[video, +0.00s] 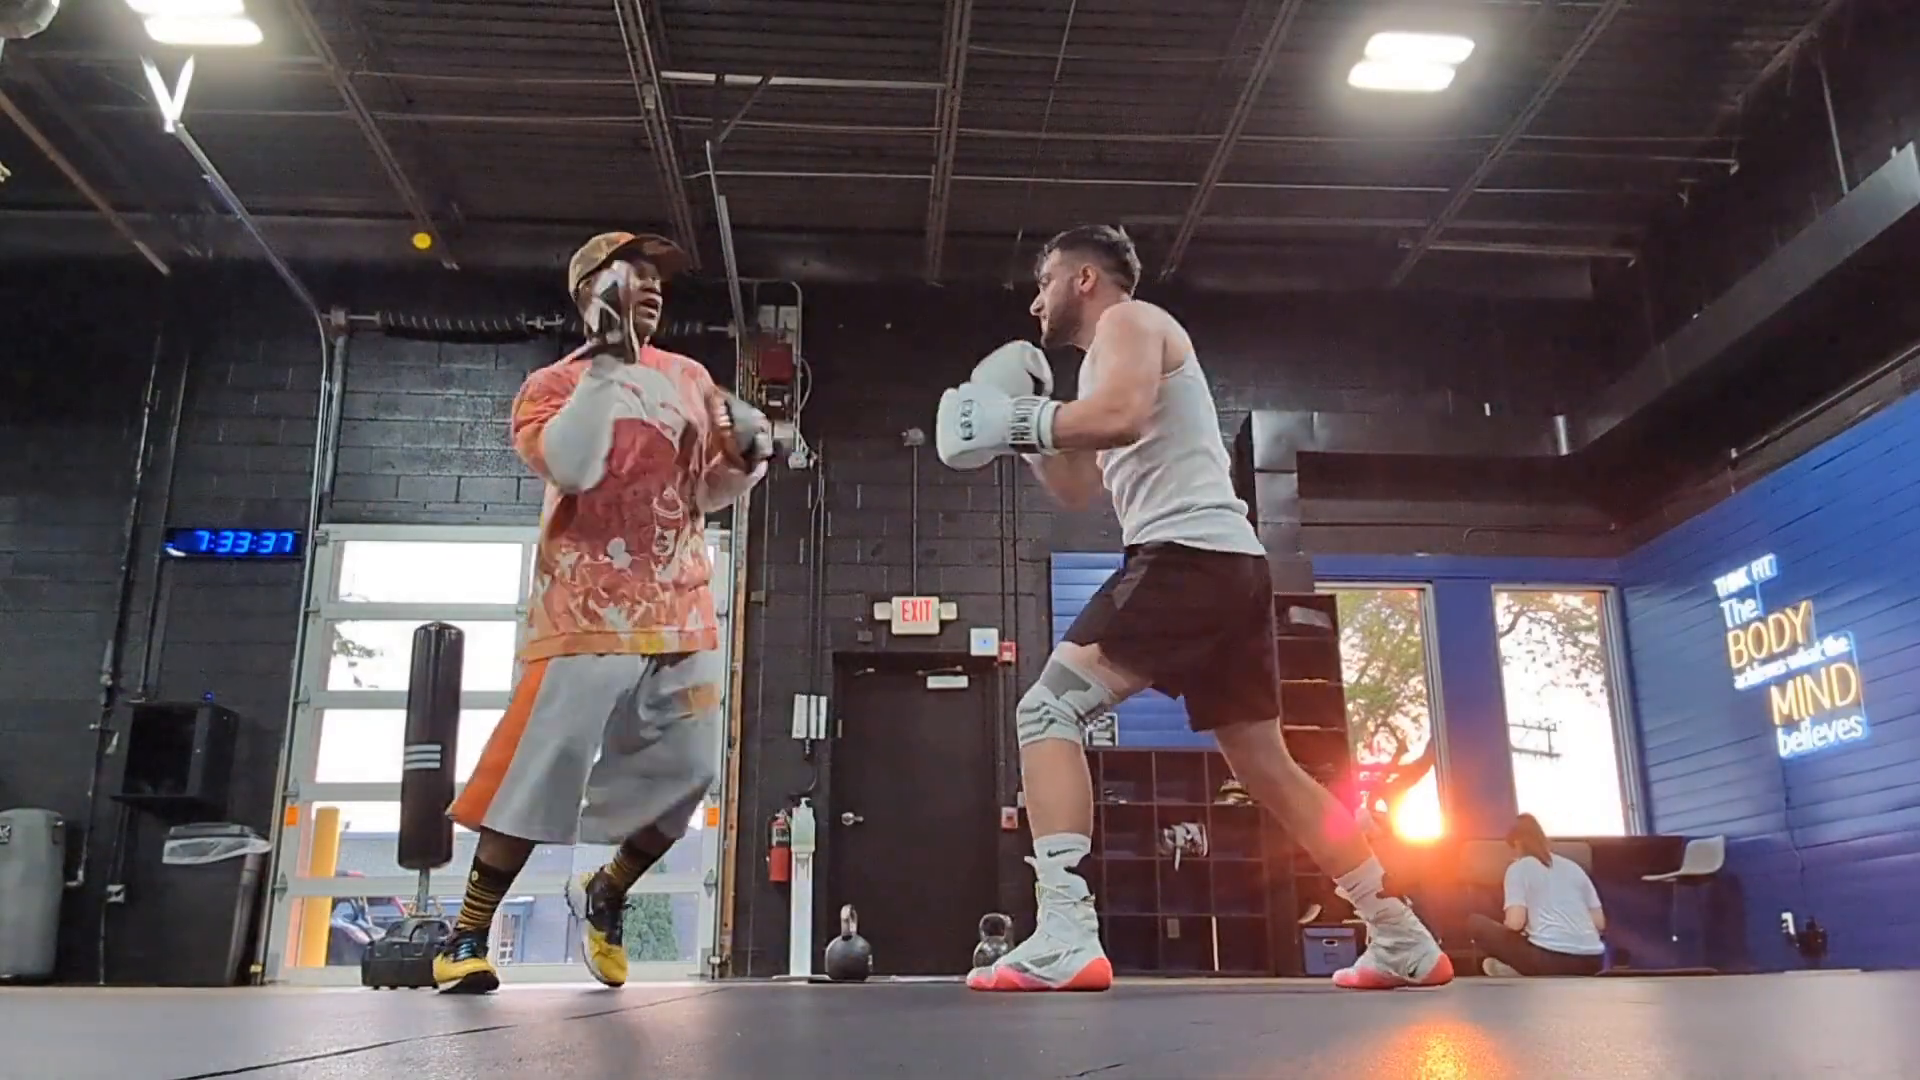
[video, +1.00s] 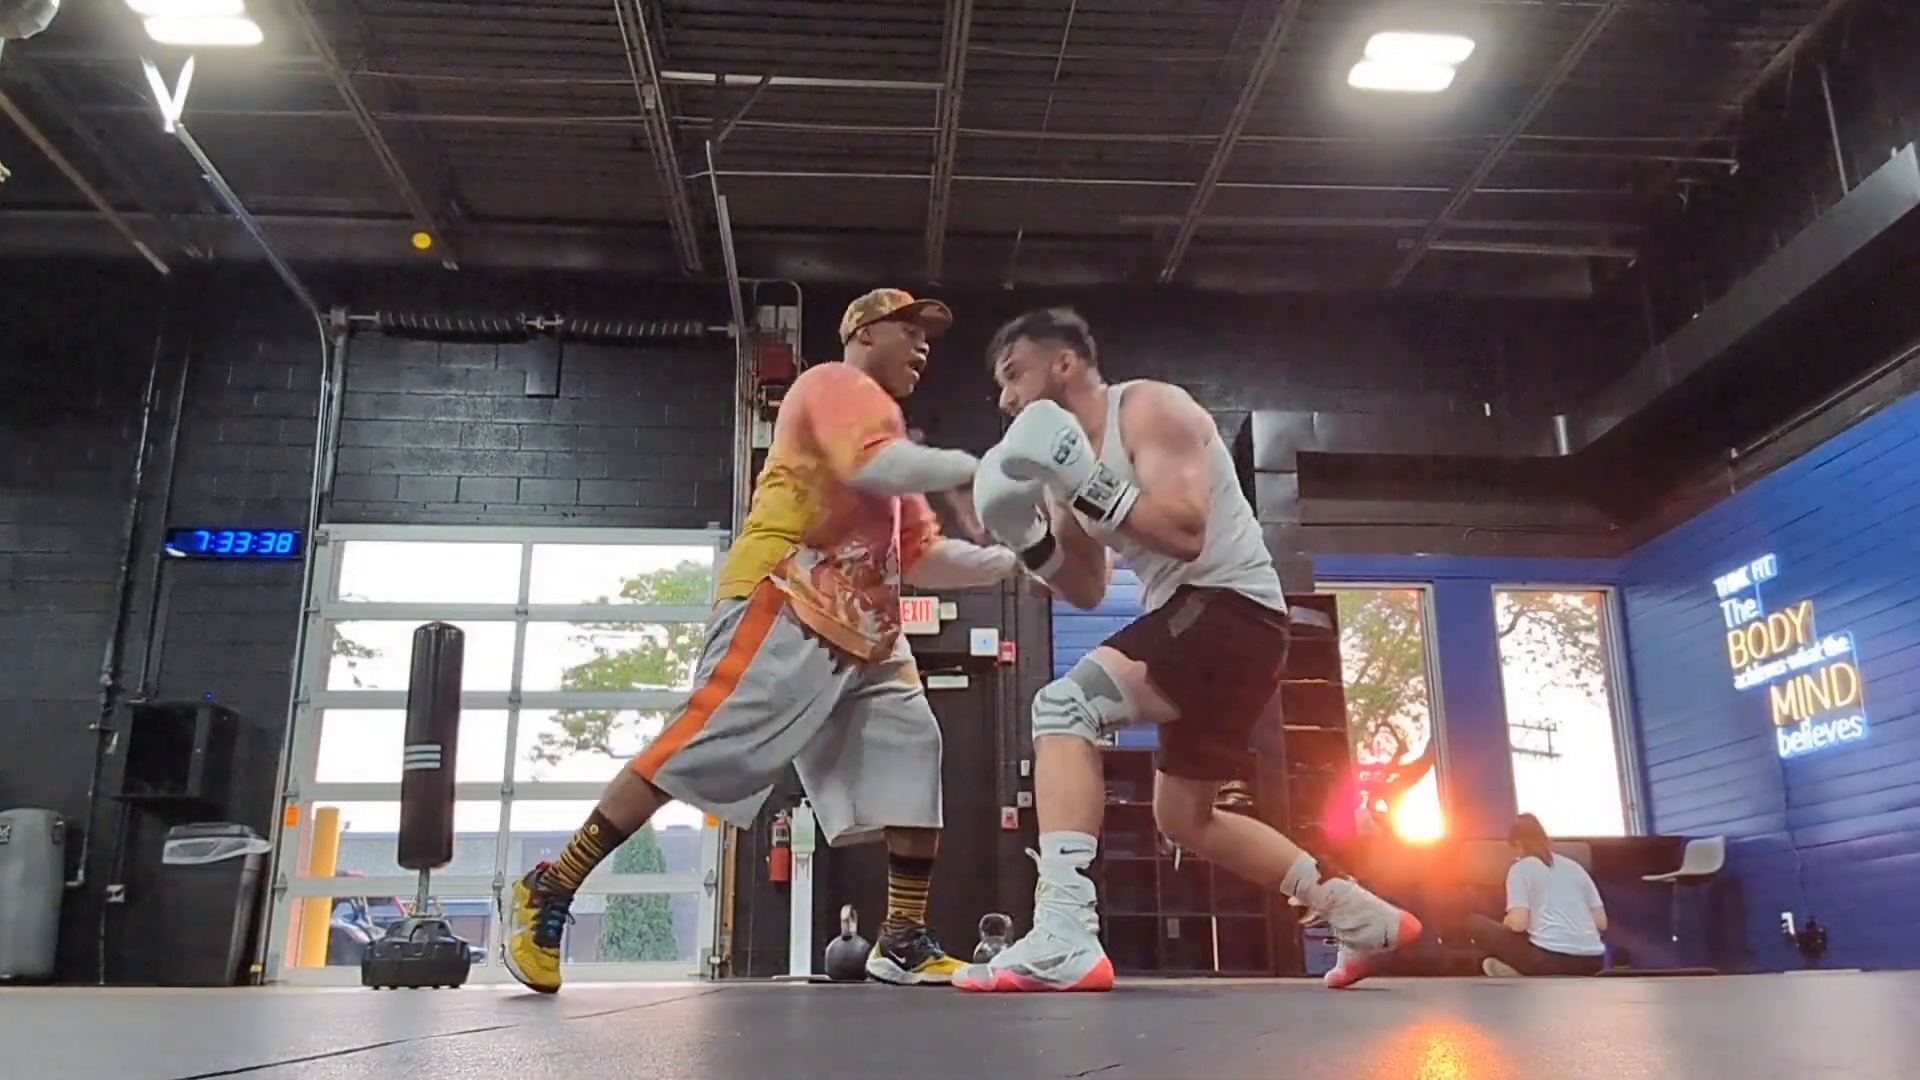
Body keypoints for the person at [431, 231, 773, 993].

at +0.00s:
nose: (649, 289)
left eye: (653, 279)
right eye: (632, 277)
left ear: (658, 296)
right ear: (590, 297)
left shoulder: (690, 378)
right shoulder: (553, 384)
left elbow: (709, 496)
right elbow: (571, 467)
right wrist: (609, 364)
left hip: (683, 606)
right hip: (587, 603)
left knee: (694, 764)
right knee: (548, 760)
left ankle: (607, 894)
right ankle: (471, 932)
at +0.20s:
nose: (706, 300)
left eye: (704, 290)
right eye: (690, 285)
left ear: (682, 307)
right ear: (643, 298)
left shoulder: (700, 394)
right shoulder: (612, 372)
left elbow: (748, 507)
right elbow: (693, 452)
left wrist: (753, 412)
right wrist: (790, 385)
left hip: (698, 602)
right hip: (614, 600)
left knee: (773, 741)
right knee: (562, 761)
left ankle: (761, 933)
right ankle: (465, 938)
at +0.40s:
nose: (789, 325)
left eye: (795, 318)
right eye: (769, 310)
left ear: (798, 339)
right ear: (720, 324)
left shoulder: (816, 402)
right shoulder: (663, 413)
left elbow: (913, 396)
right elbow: (619, 522)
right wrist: (721, 548)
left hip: (777, 646)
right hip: (658, 638)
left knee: (855, 784)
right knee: (569, 784)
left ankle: (899, 942)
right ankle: (475, 936)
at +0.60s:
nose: (875, 338)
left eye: (881, 330)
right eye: (858, 322)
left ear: (879, 352)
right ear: (810, 335)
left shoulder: (902, 428)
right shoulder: (749, 411)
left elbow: (996, 465)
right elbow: (683, 505)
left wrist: (1015, 419)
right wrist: (755, 458)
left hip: (848, 644)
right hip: (737, 641)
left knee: (907, 762)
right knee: (656, 770)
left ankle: (908, 943)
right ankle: (512, 902)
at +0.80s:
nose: (913, 350)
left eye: (916, 340)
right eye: (898, 338)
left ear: (901, 352)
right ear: (858, 341)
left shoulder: (885, 422)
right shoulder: (838, 384)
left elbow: (884, 572)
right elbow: (961, 382)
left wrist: (912, 537)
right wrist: (1042, 341)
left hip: (862, 633)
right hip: (788, 618)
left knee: (914, 755)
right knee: (695, 758)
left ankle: (903, 940)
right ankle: (553, 899)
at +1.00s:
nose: (925, 350)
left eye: (927, 341)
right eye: (913, 334)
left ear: (901, 350)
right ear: (866, 335)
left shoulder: (894, 442)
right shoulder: (832, 383)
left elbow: (920, 555)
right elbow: (879, 463)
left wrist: (1011, 562)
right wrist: (979, 467)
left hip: (863, 622)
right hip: (785, 598)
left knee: (915, 747)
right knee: (701, 745)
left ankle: (905, 937)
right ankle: (548, 892)